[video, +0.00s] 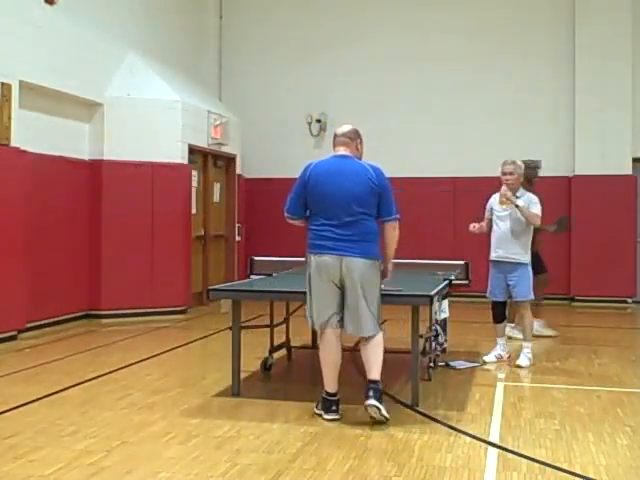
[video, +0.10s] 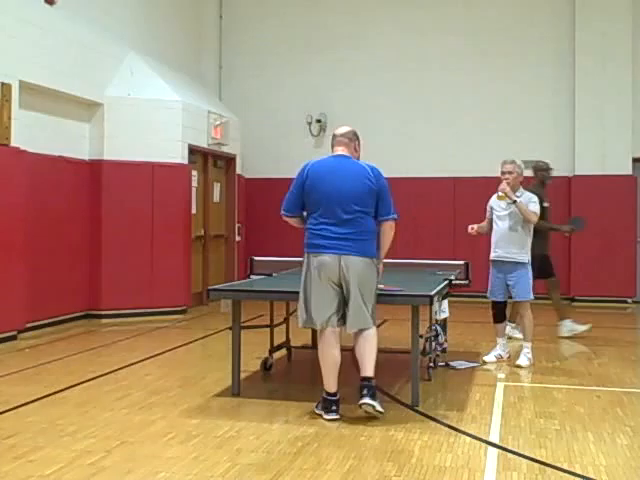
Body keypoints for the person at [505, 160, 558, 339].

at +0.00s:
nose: (536, 177)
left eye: (536, 174)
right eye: (533, 174)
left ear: (529, 176)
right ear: (524, 175)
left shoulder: (530, 195)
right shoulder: (517, 195)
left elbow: (532, 221)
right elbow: (519, 222)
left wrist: (546, 227)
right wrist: (544, 227)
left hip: (529, 246)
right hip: (519, 247)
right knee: (541, 278)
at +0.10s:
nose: (549, 175)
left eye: (549, 172)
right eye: (546, 172)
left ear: (544, 174)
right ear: (536, 173)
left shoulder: (541, 194)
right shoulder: (532, 194)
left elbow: (540, 222)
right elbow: (535, 222)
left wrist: (559, 229)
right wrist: (559, 228)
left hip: (540, 250)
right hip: (530, 251)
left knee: (553, 283)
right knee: (520, 289)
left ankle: (564, 321)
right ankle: (511, 323)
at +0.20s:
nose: (561, 177)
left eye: (562, 174)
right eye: (558, 174)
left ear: (561, 176)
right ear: (549, 176)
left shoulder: (554, 197)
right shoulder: (544, 196)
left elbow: (551, 223)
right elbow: (541, 223)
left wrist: (572, 231)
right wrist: (571, 230)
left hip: (554, 252)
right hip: (540, 252)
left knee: (567, 284)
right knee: (530, 289)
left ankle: (574, 324)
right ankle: (511, 322)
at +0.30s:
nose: (575, 176)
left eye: (576, 172)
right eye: (572, 172)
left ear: (575, 175)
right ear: (563, 175)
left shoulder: (568, 197)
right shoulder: (557, 197)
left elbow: (566, 223)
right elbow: (555, 223)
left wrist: (585, 232)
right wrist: (582, 232)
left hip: (568, 251)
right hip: (556, 251)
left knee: (580, 283)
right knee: (560, 288)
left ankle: (576, 325)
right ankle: (522, 314)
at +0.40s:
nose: (589, 174)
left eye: (589, 171)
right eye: (585, 171)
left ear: (585, 173)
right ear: (575, 173)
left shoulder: (580, 193)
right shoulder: (569, 193)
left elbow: (580, 223)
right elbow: (565, 222)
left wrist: (589, 246)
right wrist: (593, 232)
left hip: (579, 247)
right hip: (570, 247)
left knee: (585, 284)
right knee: (583, 284)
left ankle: (577, 325)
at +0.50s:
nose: (599, 172)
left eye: (600, 169)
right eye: (595, 169)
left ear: (598, 172)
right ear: (586, 171)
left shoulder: (592, 192)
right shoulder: (579, 191)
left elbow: (591, 221)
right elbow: (573, 220)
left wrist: (607, 236)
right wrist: (601, 232)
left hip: (587, 244)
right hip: (579, 244)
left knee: (587, 283)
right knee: (598, 279)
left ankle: (579, 323)